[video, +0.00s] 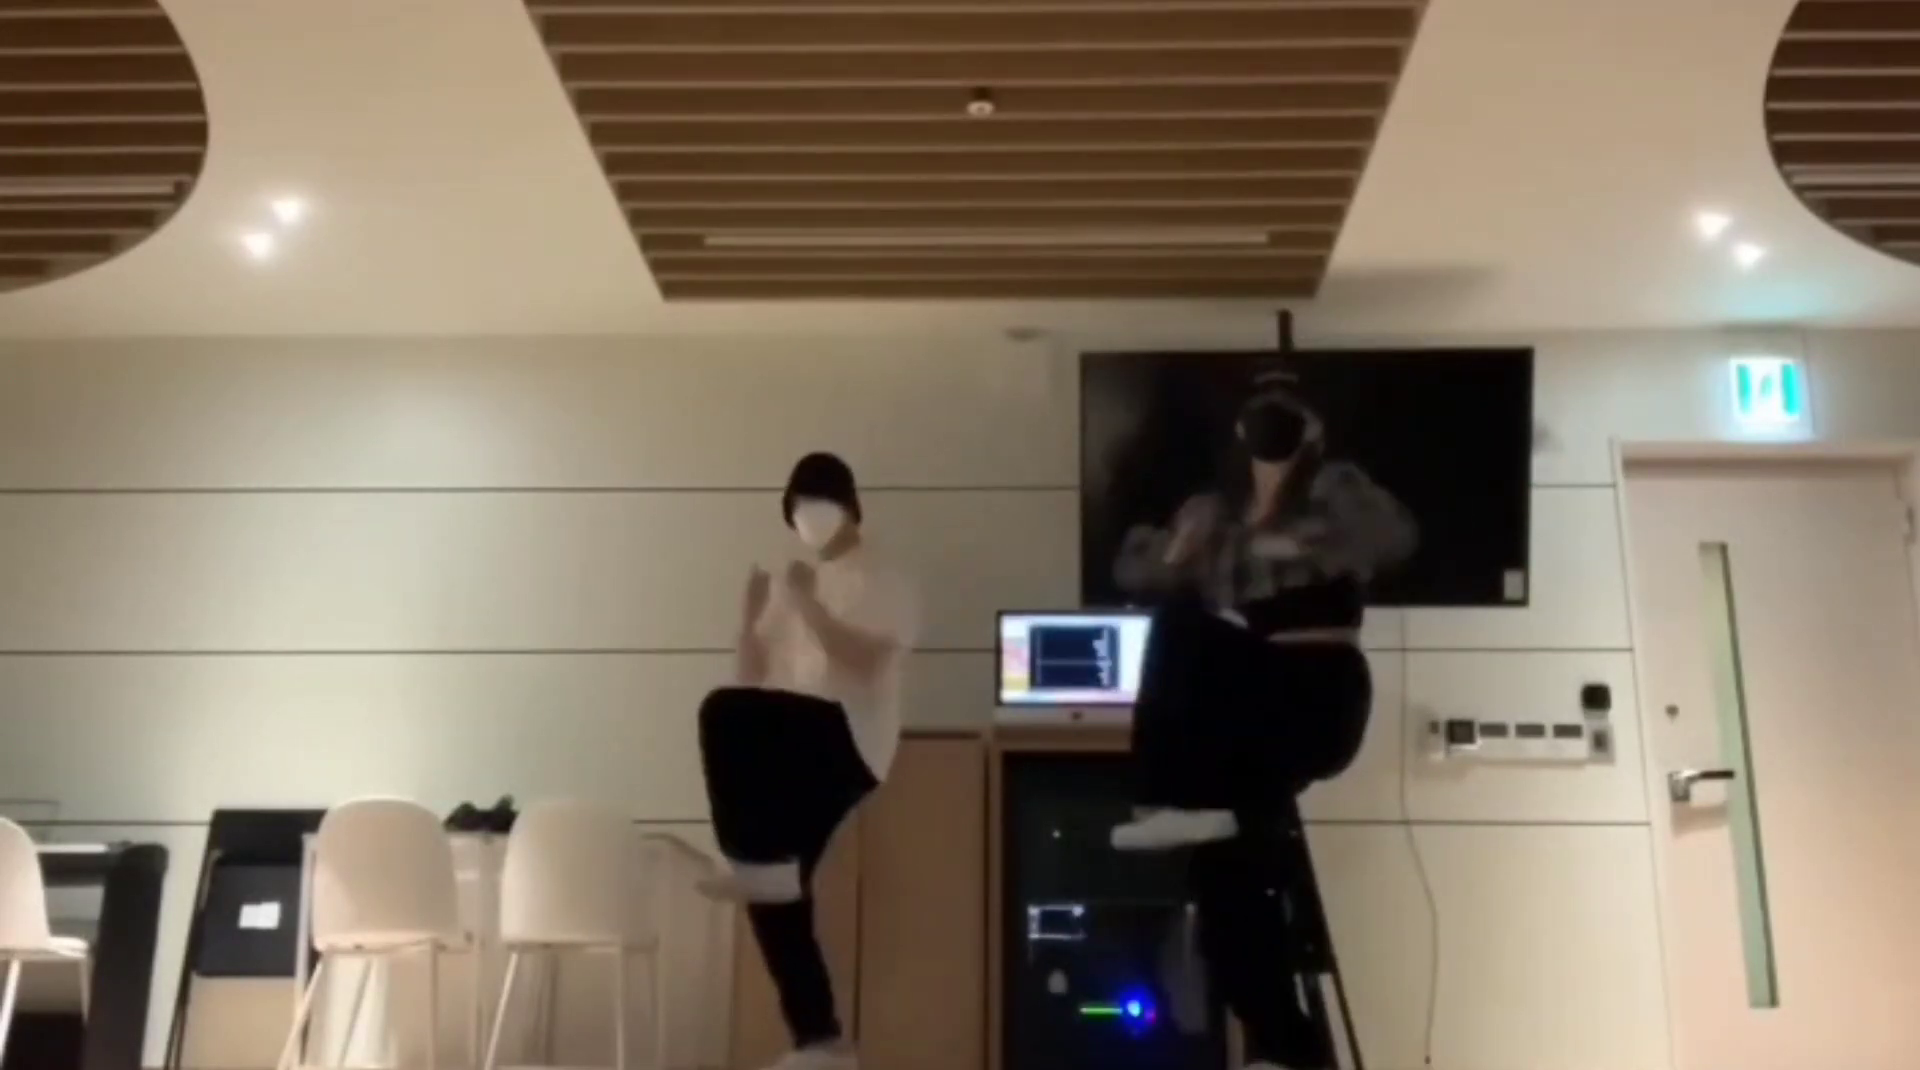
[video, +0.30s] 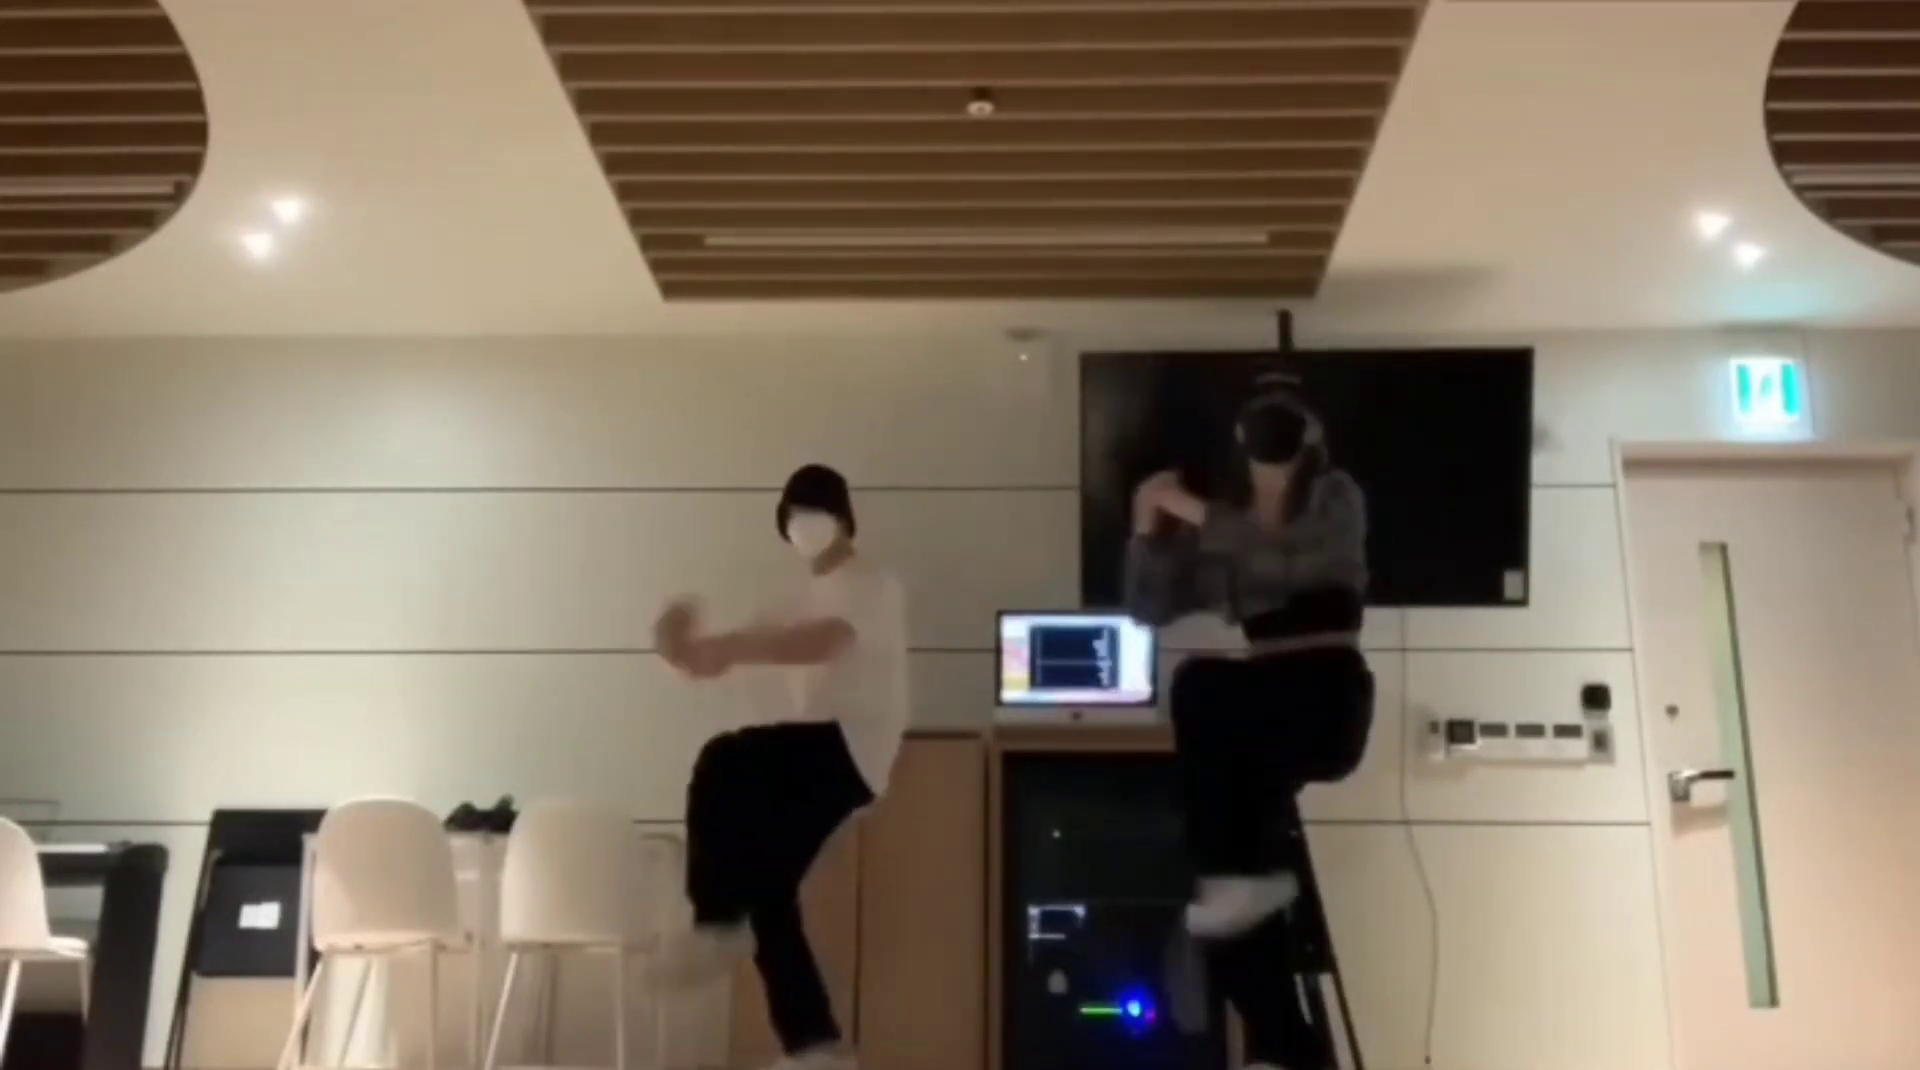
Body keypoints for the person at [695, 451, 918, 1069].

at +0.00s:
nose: (810, 521)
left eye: (822, 506)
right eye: (799, 510)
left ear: (851, 507)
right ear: (790, 516)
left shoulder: (883, 576)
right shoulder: (796, 580)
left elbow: (865, 663)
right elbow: (755, 680)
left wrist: (809, 605)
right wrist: (751, 623)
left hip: (855, 733)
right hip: (797, 736)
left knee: (726, 711)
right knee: (772, 886)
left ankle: (762, 861)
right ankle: (818, 1041)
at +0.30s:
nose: (804, 532)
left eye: (814, 516)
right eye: (792, 522)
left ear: (843, 517)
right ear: (784, 532)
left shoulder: (873, 585)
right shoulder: (804, 596)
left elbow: (821, 643)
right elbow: (753, 644)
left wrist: (724, 650)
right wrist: (686, 648)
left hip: (853, 740)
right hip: (808, 742)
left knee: (725, 759)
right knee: (769, 888)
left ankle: (717, 921)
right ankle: (815, 1043)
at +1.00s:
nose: (794, 519)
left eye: (805, 504)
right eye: (786, 508)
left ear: (834, 508)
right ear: (781, 519)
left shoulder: (867, 579)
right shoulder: (799, 592)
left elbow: (903, 667)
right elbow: (799, 686)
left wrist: (845, 758)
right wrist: (748, 740)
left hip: (819, 773)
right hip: (766, 766)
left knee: (785, 897)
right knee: (678, 853)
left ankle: (830, 1050)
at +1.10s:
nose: (800, 525)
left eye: (812, 510)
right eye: (791, 514)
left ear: (841, 516)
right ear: (784, 526)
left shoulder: (868, 583)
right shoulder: (790, 607)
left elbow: (900, 658)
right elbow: (758, 684)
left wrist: (838, 750)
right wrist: (743, 739)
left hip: (840, 779)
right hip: (779, 773)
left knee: (783, 903)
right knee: (696, 887)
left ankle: (830, 1054)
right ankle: (625, 1033)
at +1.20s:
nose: (812, 513)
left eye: (826, 500)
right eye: (802, 502)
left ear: (853, 510)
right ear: (792, 514)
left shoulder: (870, 574)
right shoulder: (784, 595)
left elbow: (904, 646)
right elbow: (751, 682)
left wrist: (835, 730)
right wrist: (757, 749)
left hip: (850, 776)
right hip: (785, 777)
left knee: (777, 908)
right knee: (727, 914)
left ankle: (832, 1056)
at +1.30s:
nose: (822, 495)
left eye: (835, 481)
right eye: (811, 485)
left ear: (861, 493)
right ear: (798, 498)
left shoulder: (888, 561)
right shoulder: (780, 578)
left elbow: (899, 643)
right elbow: (759, 671)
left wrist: (831, 731)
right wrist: (758, 743)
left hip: (855, 772)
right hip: (781, 775)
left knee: (797, 908)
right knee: (734, 915)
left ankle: (830, 1052)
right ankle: (681, 1048)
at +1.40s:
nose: (824, 492)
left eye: (837, 479)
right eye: (813, 481)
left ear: (863, 490)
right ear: (798, 495)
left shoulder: (887, 557)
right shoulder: (780, 576)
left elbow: (902, 641)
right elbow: (767, 671)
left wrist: (832, 728)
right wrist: (761, 745)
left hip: (857, 767)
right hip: (784, 771)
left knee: (806, 905)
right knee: (744, 909)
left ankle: (832, 1051)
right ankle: (701, 1046)